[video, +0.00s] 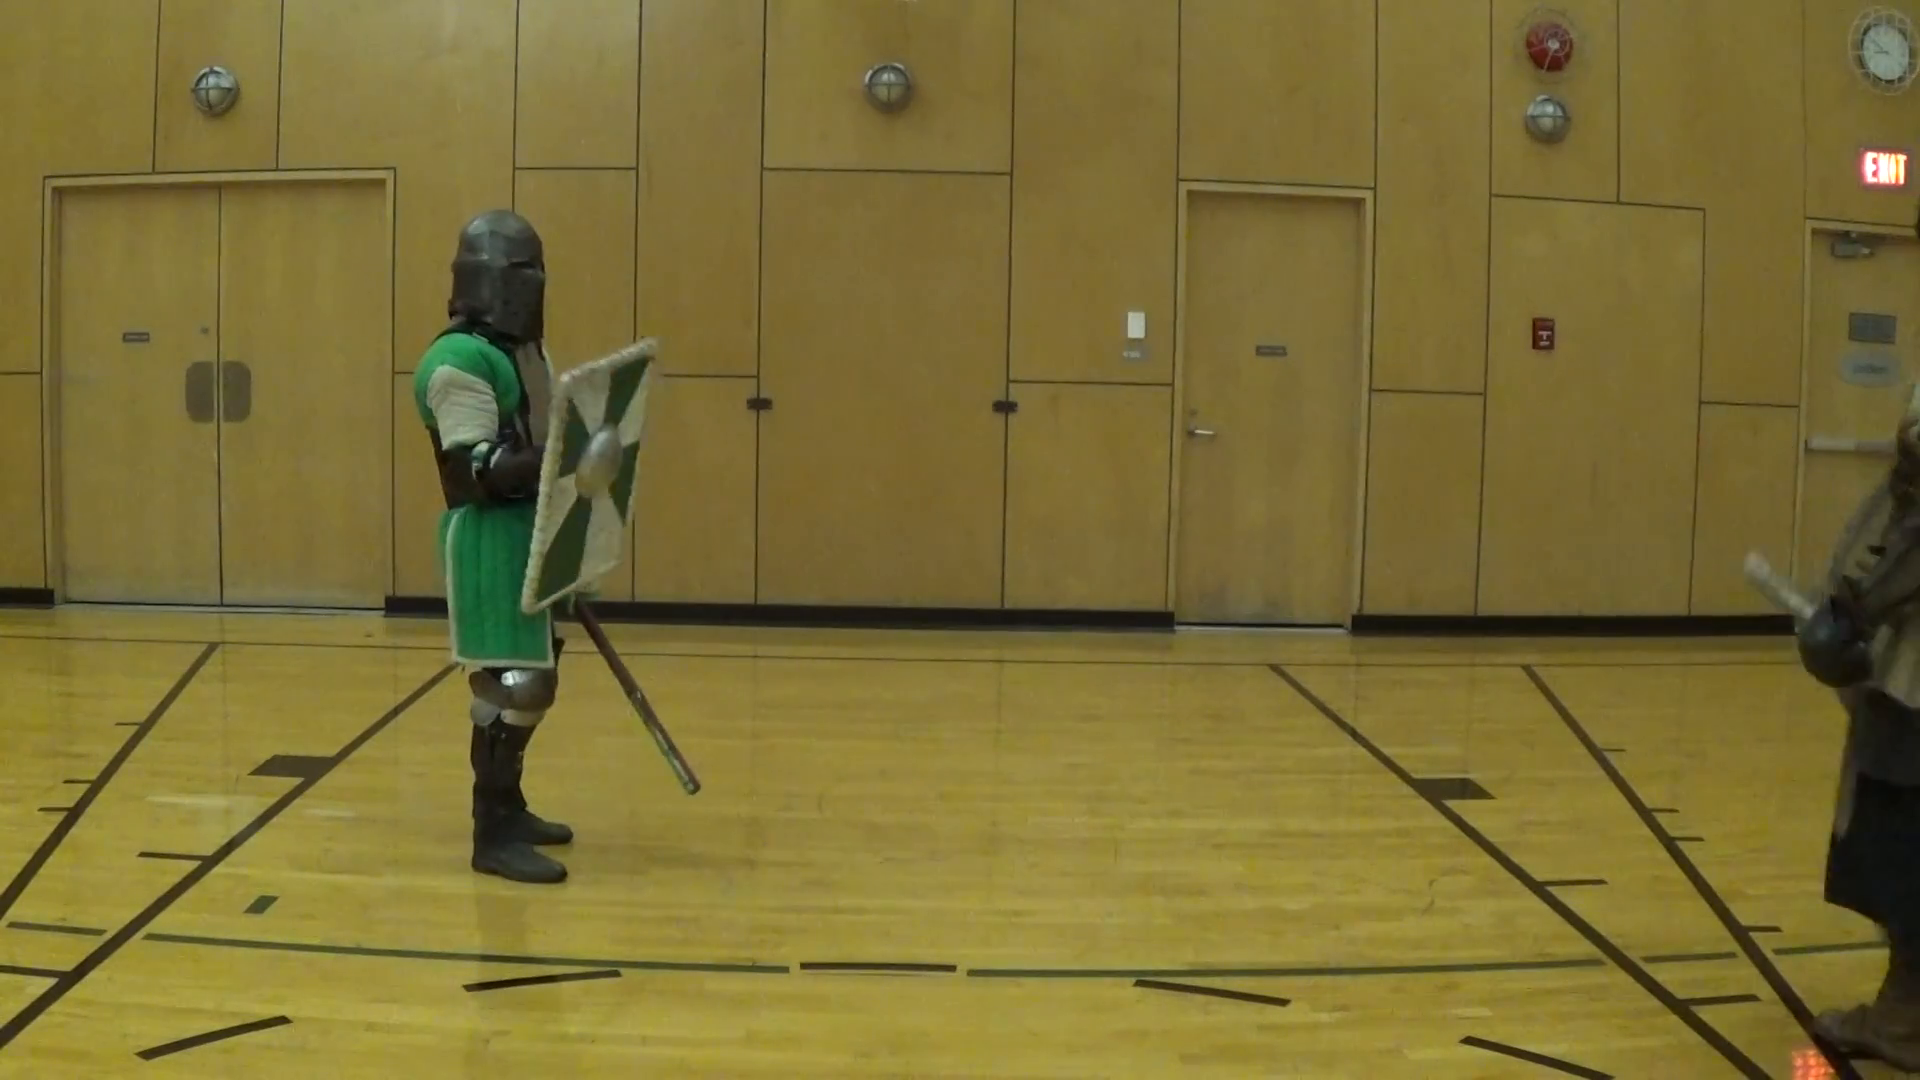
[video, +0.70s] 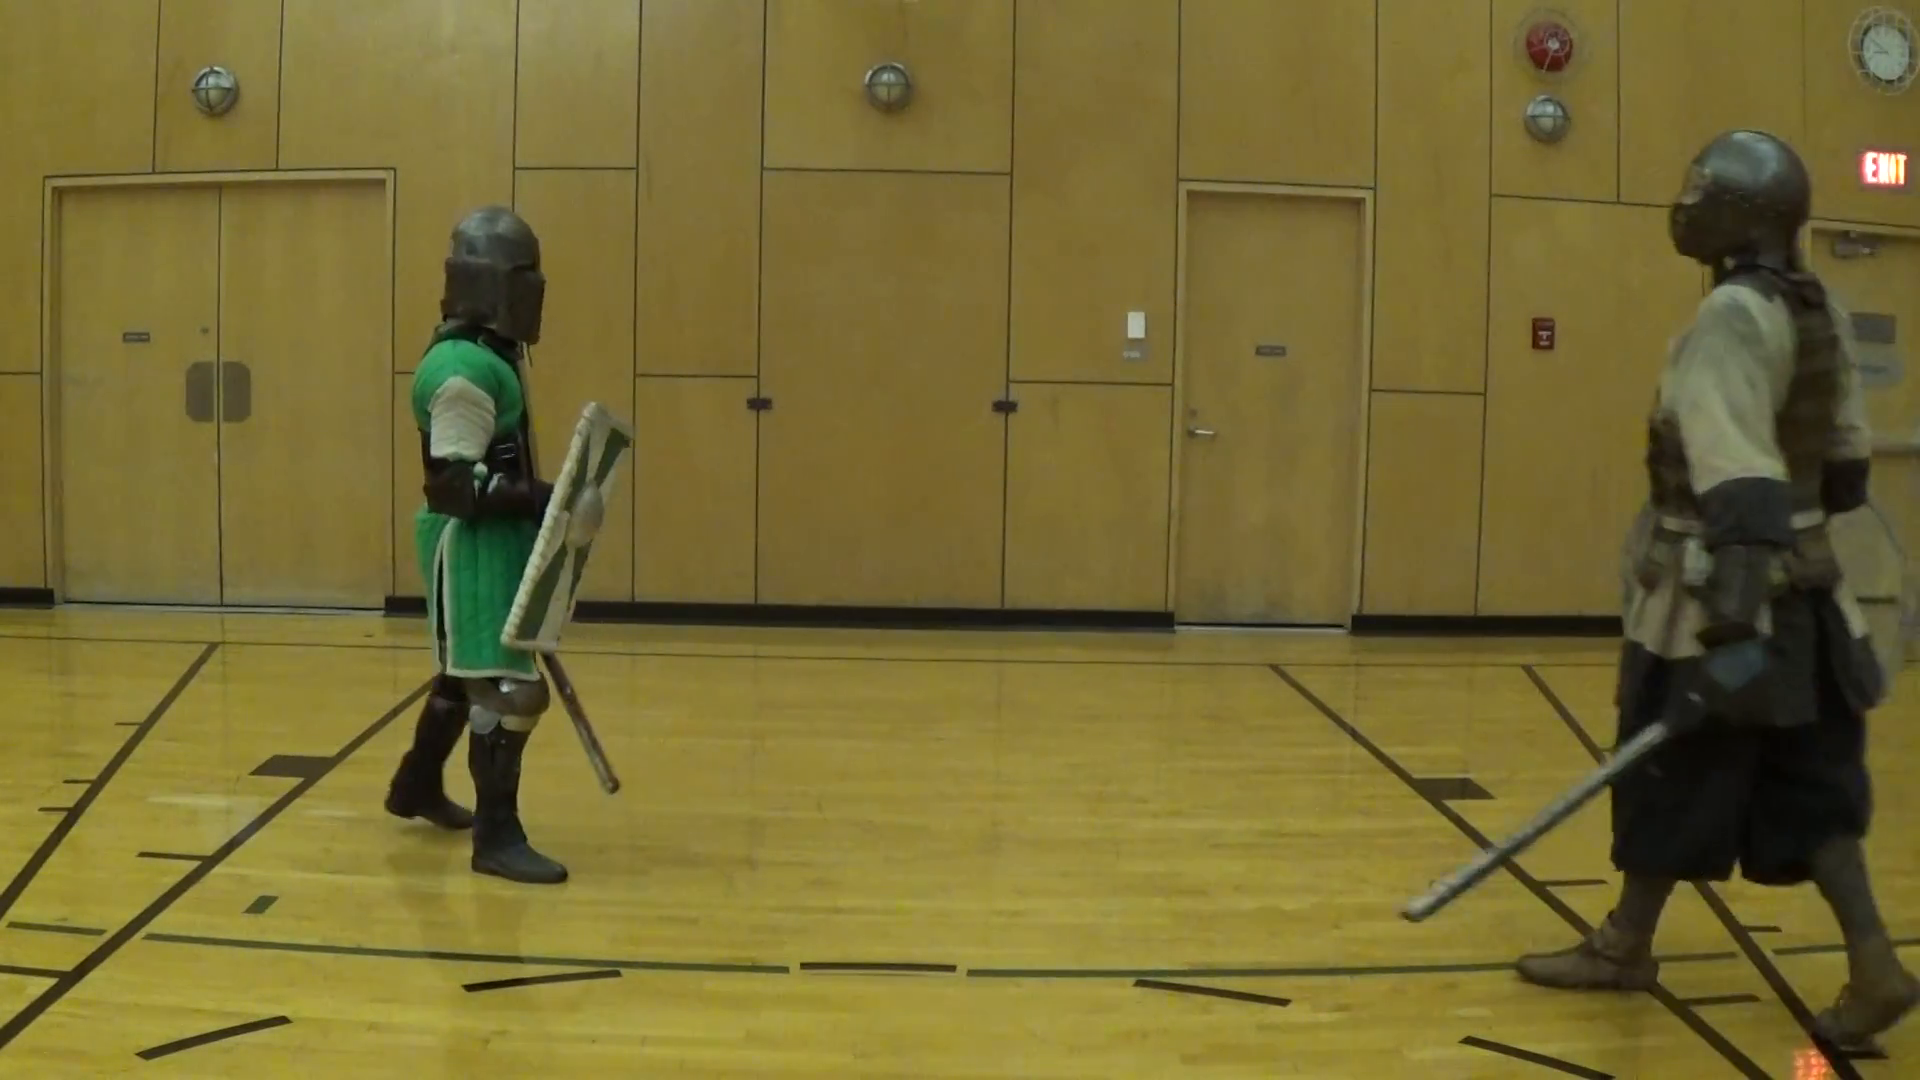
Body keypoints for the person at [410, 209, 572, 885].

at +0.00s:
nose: (533, 285)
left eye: (535, 272)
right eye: (520, 272)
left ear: (531, 277)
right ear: (481, 279)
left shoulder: (526, 357)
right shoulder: (457, 361)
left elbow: (549, 464)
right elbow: (473, 475)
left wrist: (566, 569)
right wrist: (568, 458)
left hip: (526, 531)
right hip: (483, 534)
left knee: (526, 678)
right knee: (511, 682)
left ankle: (506, 810)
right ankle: (492, 836)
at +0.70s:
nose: (536, 291)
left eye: (534, 278)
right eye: (526, 278)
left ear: (475, 284)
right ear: (492, 283)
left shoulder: (489, 361)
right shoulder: (462, 368)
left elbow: (493, 471)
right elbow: (450, 485)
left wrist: (546, 503)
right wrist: (540, 500)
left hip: (485, 537)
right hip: (471, 541)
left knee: (466, 672)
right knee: (512, 688)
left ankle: (416, 779)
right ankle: (498, 838)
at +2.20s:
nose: (521, 290)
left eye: (519, 276)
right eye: (509, 278)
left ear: (465, 291)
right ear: (476, 288)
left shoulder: (497, 357)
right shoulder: (452, 369)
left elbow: (559, 357)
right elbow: (508, 477)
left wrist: (607, 312)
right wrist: (577, 421)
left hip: (515, 529)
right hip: (477, 535)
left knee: (545, 667)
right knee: (507, 681)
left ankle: (448, 774)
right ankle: (487, 831)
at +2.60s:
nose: (575, 294)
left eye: (572, 281)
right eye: (562, 283)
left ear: (522, 296)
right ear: (523, 294)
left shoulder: (550, 360)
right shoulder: (501, 371)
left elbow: (621, 359)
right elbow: (557, 467)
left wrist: (652, 302)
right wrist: (619, 414)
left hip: (547, 531)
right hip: (517, 536)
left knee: (535, 672)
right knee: (587, 680)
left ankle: (473, 798)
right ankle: (543, 816)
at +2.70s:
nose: (598, 303)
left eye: (595, 290)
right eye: (586, 292)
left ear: (542, 299)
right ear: (554, 299)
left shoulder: (564, 363)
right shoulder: (526, 375)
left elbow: (631, 354)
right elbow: (576, 470)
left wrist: (667, 303)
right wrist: (633, 426)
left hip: (555, 539)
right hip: (538, 543)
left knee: (539, 680)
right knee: (601, 684)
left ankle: (473, 800)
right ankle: (614, 834)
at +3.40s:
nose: (882, 343)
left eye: (881, 333)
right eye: (873, 331)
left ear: (817, 339)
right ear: (845, 338)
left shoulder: (842, 398)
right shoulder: (822, 409)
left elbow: (872, 355)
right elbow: (887, 500)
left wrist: (909, 303)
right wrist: (958, 452)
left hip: (874, 562)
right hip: (835, 569)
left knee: (952, 671)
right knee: (865, 715)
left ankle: (901, 793)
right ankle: (748, 818)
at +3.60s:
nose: (957, 336)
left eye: (955, 327)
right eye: (951, 325)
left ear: (893, 328)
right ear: (930, 329)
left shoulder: (905, 388)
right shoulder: (898, 397)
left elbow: (959, 371)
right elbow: (941, 498)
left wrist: (1000, 305)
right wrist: (1016, 457)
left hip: (907, 553)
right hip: (902, 559)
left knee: (973, 670)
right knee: (997, 665)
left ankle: (902, 788)